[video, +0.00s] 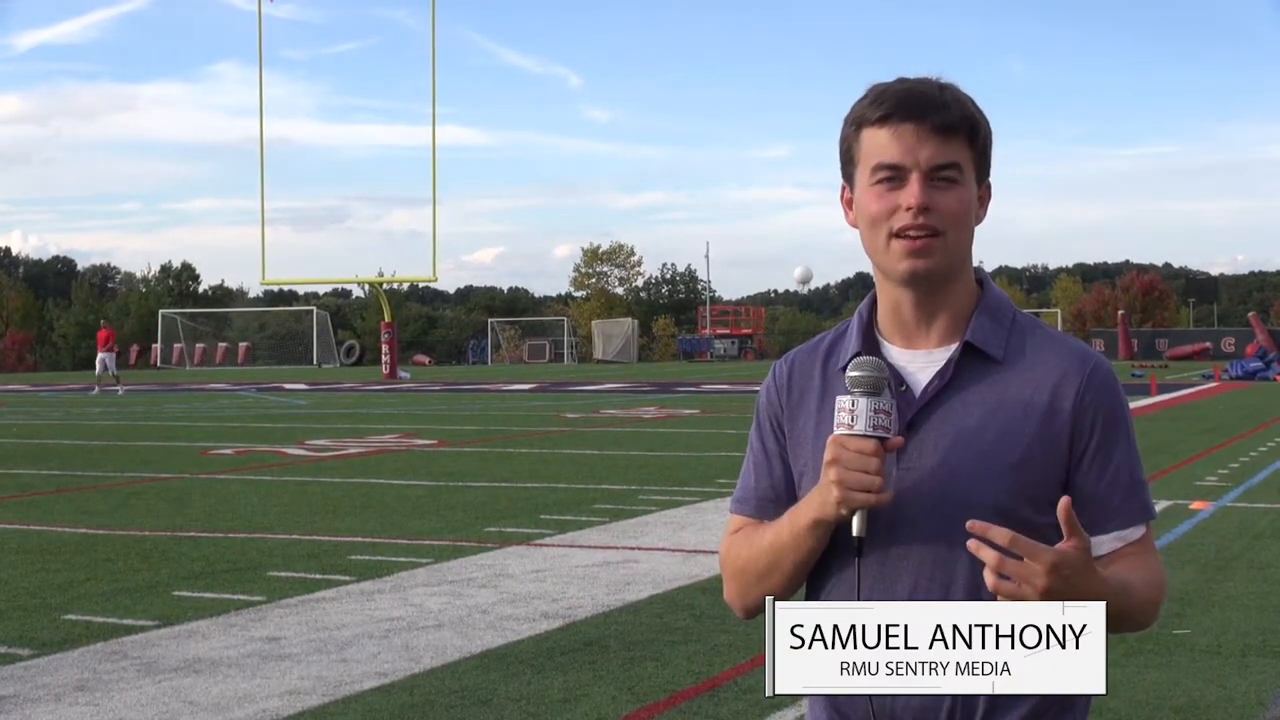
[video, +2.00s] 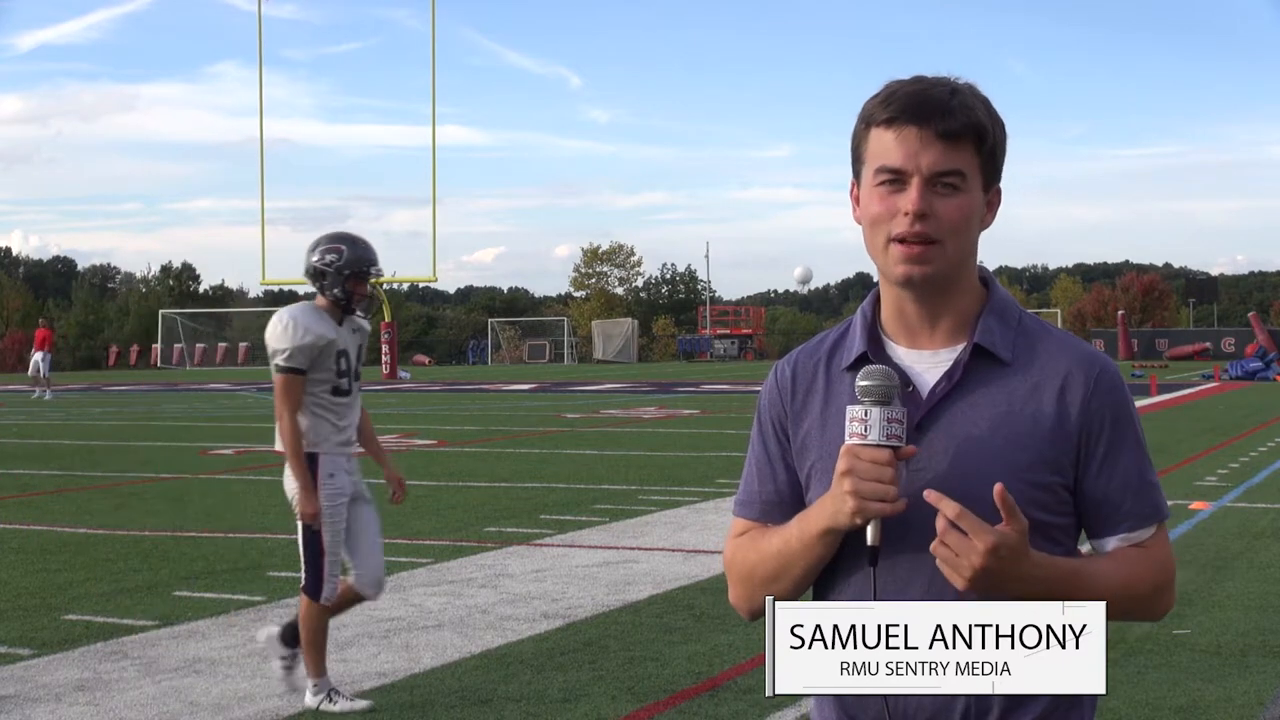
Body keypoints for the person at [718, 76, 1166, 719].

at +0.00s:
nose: (916, 201)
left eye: (944, 177)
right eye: (889, 179)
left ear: (981, 200)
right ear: (850, 204)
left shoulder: (1074, 382)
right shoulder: (794, 383)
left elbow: (1141, 583)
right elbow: (741, 587)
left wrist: (1090, 588)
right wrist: (821, 505)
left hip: (1021, 708)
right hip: (843, 707)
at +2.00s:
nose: (914, 207)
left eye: (946, 183)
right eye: (890, 182)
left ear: (989, 204)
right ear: (858, 202)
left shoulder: (1078, 381)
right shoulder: (796, 383)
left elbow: (1153, 581)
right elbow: (745, 587)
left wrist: (1030, 575)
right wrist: (830, 514)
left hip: (1028, 707)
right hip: (849, 708)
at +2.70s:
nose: (911, 202)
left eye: (943, 180)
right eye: (887, 178)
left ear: (987, 203)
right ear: (856, 203)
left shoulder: (1076, 377)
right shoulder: (796, 382)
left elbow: (1153, 598)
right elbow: (738, 589)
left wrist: (1058, 499)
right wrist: (807, 493)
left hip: (1027, 704)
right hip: (851, 706)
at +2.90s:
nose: (910, 200)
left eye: (943, 178)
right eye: (887, 177)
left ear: (987, 202)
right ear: (856, 203)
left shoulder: (1076, 377)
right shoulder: (797, 380)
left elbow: (1154, 597)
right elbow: (736, 587)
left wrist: (1051, 497)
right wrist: (806, 491)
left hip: (1025, 705)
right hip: (850, 706)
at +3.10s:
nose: (911, 200)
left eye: (942, 177)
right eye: (886, 177)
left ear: (986, 201)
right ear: (855, 205)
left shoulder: (1078, 379)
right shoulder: (797, 383)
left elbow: (1151, 589)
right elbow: (738, 583)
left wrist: (1055, 565)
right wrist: (815, 503)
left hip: (1028, 707)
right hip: (848, 707)